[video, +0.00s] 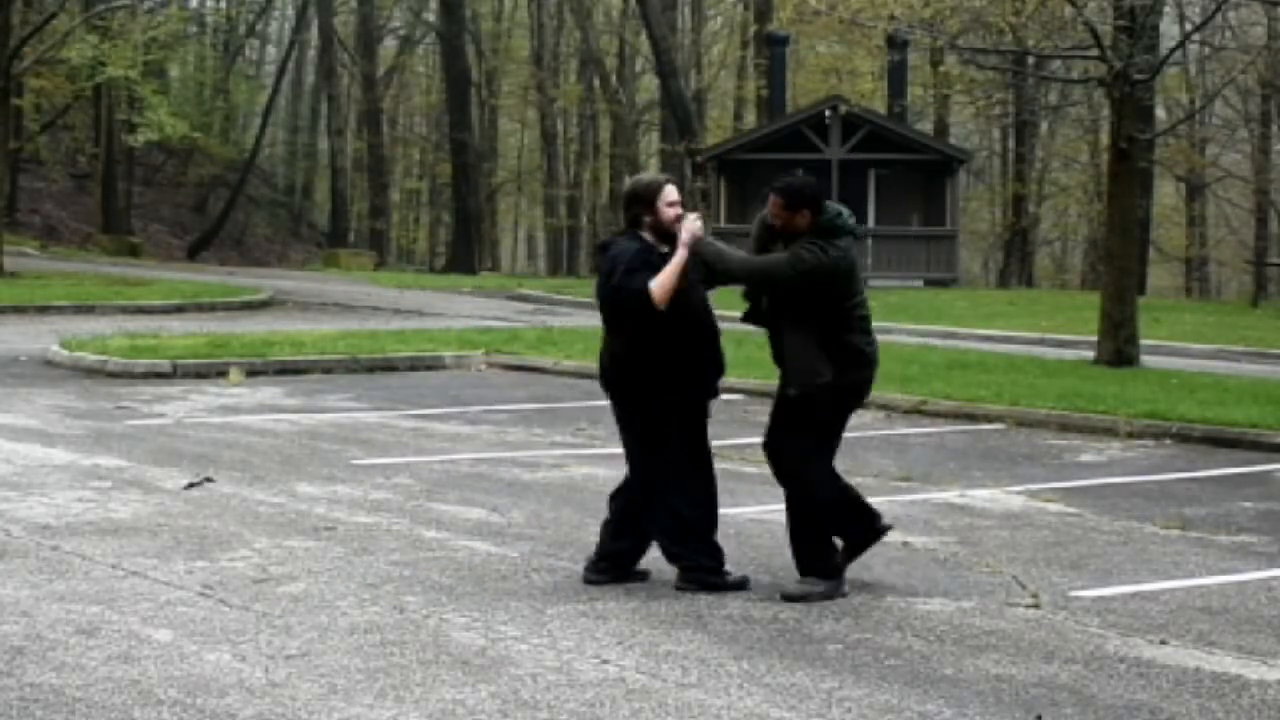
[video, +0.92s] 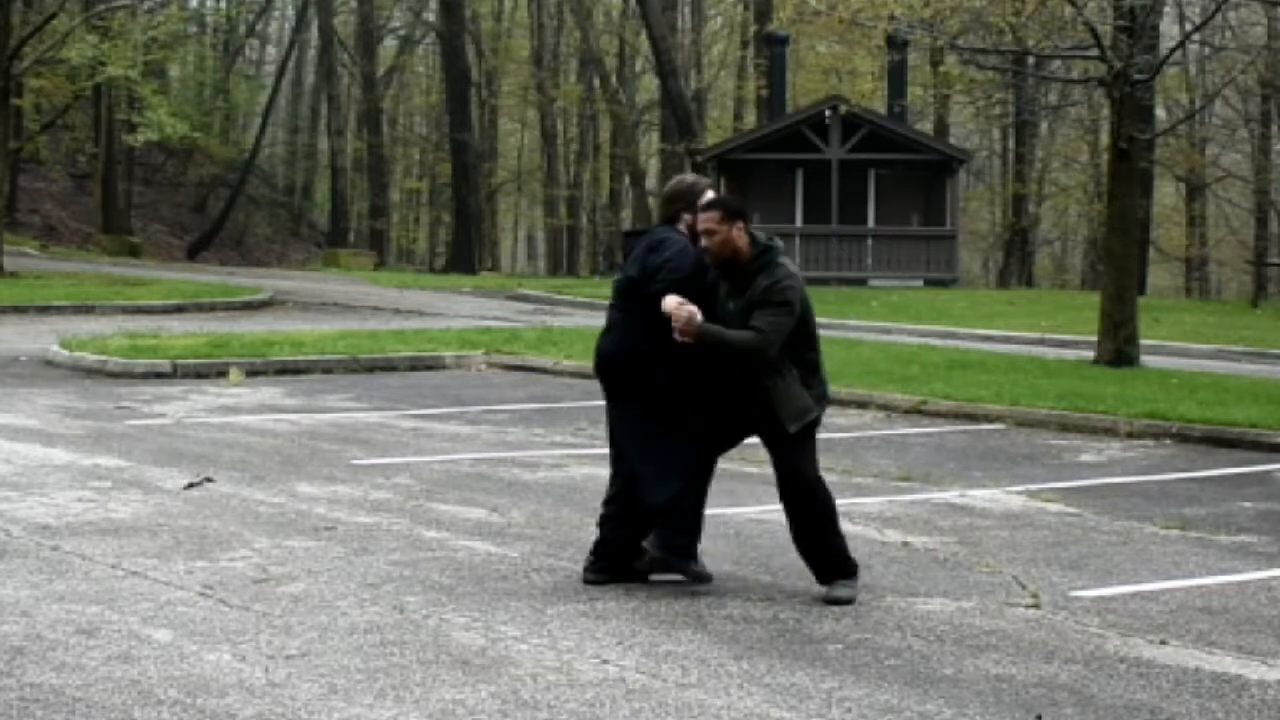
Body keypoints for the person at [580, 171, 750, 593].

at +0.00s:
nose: (680, 212)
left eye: (680, 205)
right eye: (671, 205)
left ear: (671, 211)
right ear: (646, 211)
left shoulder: (669, 251)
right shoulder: (627, 254)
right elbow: (648, 303)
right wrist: (684, 249)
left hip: (680, 384)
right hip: (649, 388)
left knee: (652, 474)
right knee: (679, 476)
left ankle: (612, 561)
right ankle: (699, 568)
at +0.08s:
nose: (679, 212)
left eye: (679, 204)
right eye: (670, 205)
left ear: (671, 211)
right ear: (645, 210)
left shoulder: (667, 246)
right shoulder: (629, 249)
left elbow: (707, 285)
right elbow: (670, 278)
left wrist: (720, 239)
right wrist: (708, 235)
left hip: (673, 378)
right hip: (646, 381)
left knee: (648, 466)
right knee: (703, 457)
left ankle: (612, 560)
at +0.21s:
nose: (681, 214)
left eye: (681, 206)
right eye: (673, 207)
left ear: (649, 214)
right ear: (648, 212)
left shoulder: (621, 249)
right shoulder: (645, 250)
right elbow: (688, 262)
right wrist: (742, 231)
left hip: (624, 377)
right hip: (660, 380)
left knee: (643, 471)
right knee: (737, 433)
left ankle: (611, 560)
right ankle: (705, 506)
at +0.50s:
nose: (698, 214)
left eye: (698, 207)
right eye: (690, 207)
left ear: (664, 212)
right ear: (665, 211)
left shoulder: (653, 247)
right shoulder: (652, 250)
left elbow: (667, 306)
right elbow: (685, 291)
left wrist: (709, 316)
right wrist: (733, 255)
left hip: (621, 367)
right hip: (634, 373)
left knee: (635, 463)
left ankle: (610, 557)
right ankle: (674, 490)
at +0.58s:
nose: (701, 215)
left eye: (700, 207)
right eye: (693, 207)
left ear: (670, 212)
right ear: (669, 211)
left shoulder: (670, 250)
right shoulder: (648, 250)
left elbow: (673, 308)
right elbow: (677, 301)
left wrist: (707, 324)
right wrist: (724, 264)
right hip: (630, 372)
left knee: (634, 460)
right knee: (722, 419)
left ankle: (611, 556)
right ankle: (669, 496)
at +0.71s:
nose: (704, 216)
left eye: (704, 208)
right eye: (697, 208)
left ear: (673, 213)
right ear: (672, 211)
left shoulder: (676, 252)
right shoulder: (647, 250)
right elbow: (669, 303)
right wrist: (708, 278)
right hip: (628, 372)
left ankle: (613, 554)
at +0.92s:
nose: (713, 220)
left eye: (715, 210)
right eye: (707, 210)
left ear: (673, 213)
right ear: (686, 215)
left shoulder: (650, 246)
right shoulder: (681, 254)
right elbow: (678, 315)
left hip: (621, 365)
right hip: (650, 372)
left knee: (634, 459)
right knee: (674, 458)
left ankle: (614, 554)